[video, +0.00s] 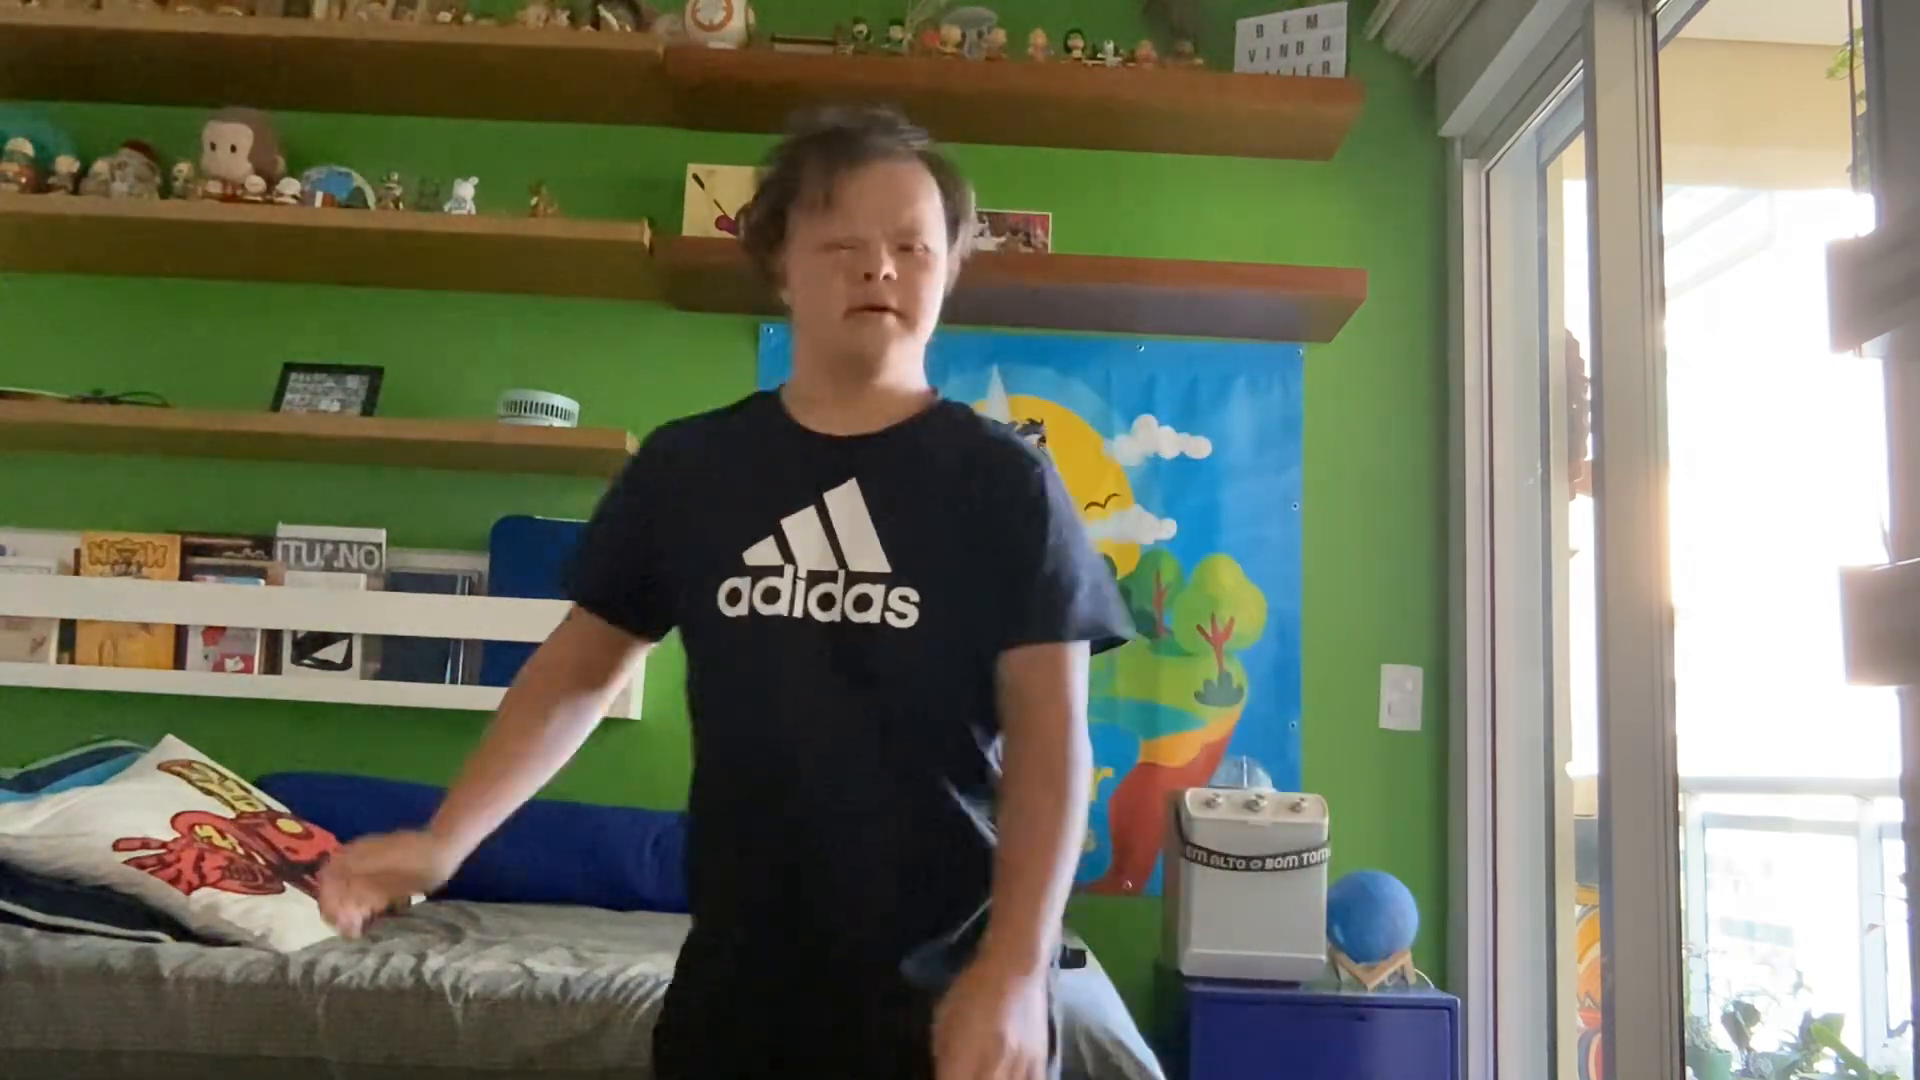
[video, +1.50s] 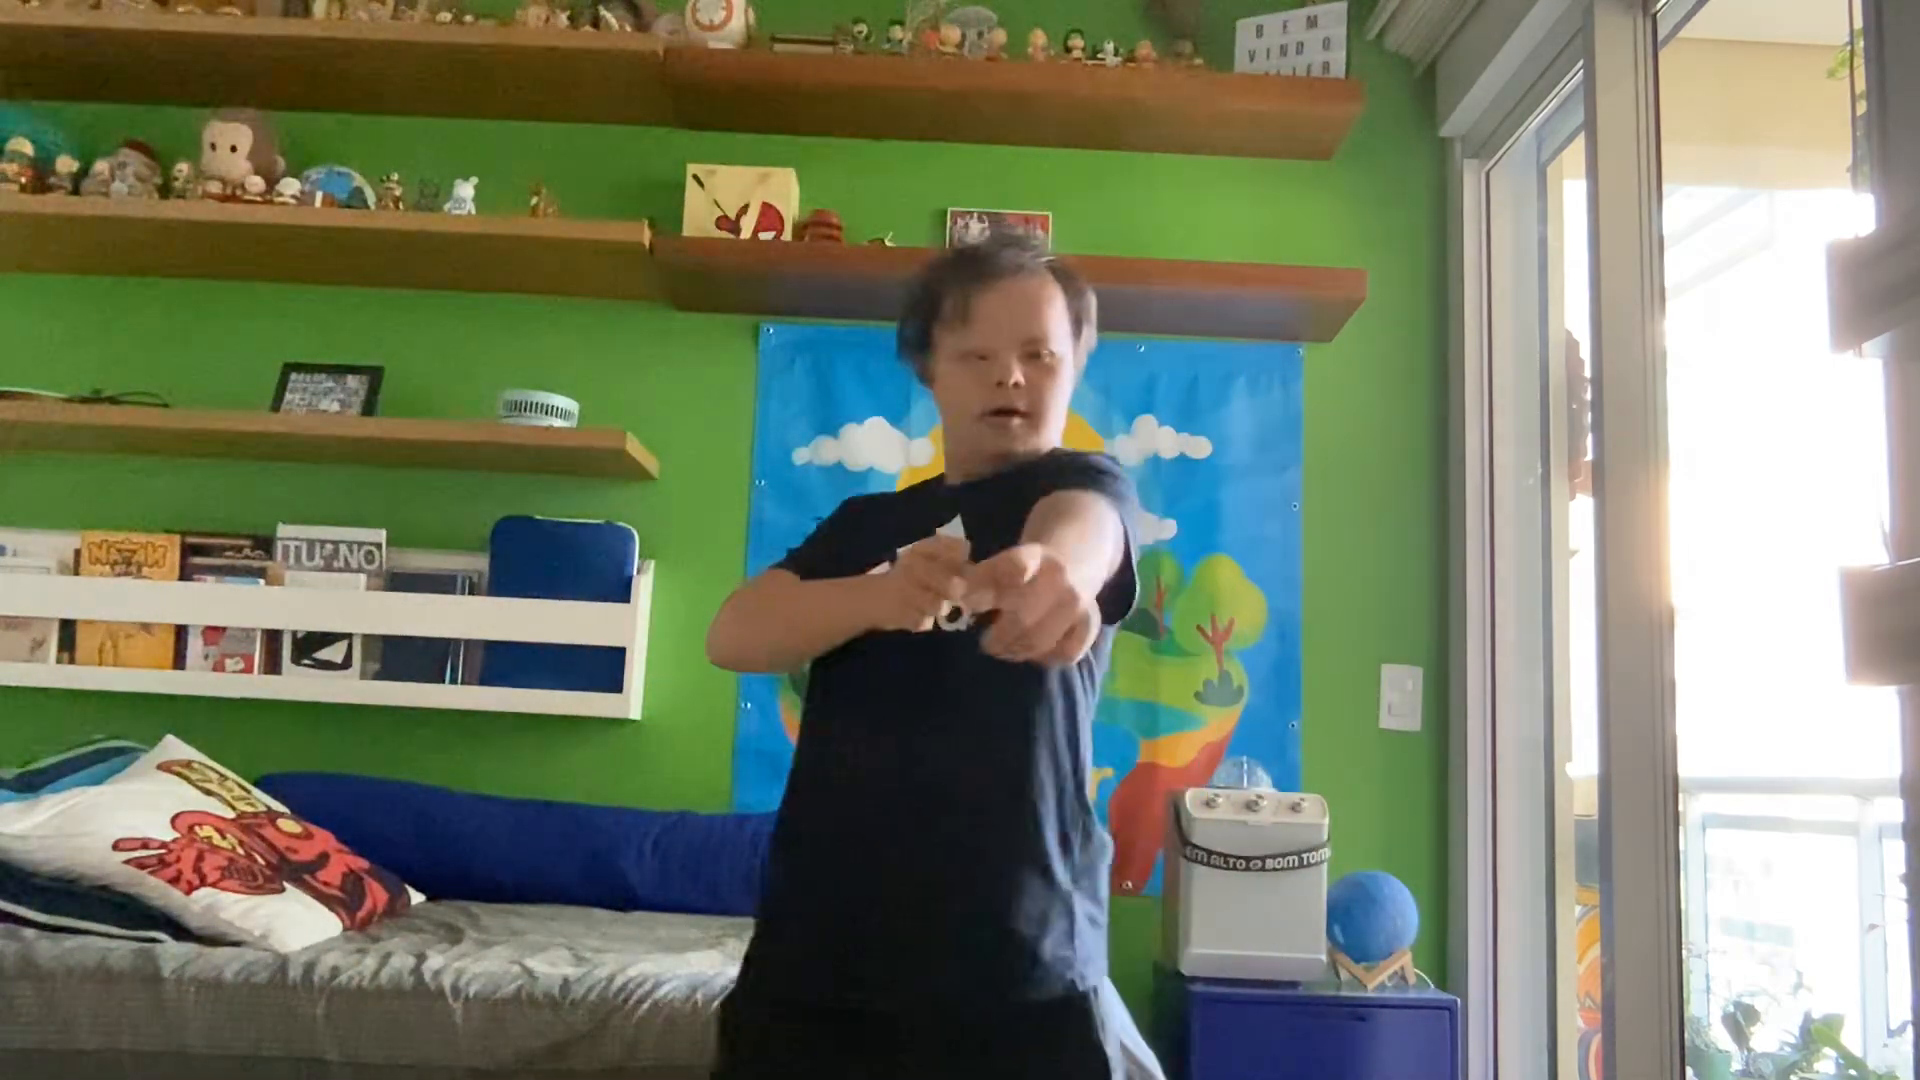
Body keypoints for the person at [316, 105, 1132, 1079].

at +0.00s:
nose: (878, 269)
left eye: (909, 243)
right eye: (842, 242)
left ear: (949, 271)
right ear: (780, 261)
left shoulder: (1003, 478)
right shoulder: (687, 468)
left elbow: (1048, 737)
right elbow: (576, 674)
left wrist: (1013, 969)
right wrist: (443, 842)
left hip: (953, 971)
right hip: (751, 965)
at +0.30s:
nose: (880, 299)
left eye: (905, 275)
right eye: (841, 270)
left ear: (932, 303)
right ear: (773, 282)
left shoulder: (961, 503)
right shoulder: (671, 465)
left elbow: (996, 721)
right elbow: (614, 706)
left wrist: (966, 903)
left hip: (928, 977)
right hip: (734, 976)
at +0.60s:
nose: (958, 340)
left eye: (986, 318)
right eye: (924, 310)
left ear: (1015, 341)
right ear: (859, 316)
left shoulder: (1035, 531)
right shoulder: (774, 463)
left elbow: (1067, 740)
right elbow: (695, 636)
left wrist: (1101, 935)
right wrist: (853, 732)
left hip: (995, 990)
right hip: (795, 983)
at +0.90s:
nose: (1100, 360)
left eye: (1127, 335)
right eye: (1065, 336)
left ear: (1163, 352)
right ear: (1013, 352)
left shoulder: (1210, 537)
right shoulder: (928, 507)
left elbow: (1267, 673)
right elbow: (860, 673)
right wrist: (961, 717)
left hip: (1110, 989)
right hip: (907, 974)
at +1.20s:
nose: (1081, 390)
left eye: (1107, 365)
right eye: (1048, 366)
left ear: (1143, 380)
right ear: (998, 379)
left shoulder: (1161, 514)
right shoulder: (928, 527)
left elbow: (1177, 532)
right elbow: (815, 662)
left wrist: (1151, 503)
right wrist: (950, 605)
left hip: (1101, 974)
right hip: (916, 968)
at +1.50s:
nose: (1008, 378)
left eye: (1037, 354)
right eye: (975, 355)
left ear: (1075, 370)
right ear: (928, 370)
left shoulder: (1081, 483)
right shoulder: (868, 520)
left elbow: (1088, 521)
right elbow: (734, 632)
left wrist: (1059, 568)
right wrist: (875, 596)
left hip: (1015, 969)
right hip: (823, 956)